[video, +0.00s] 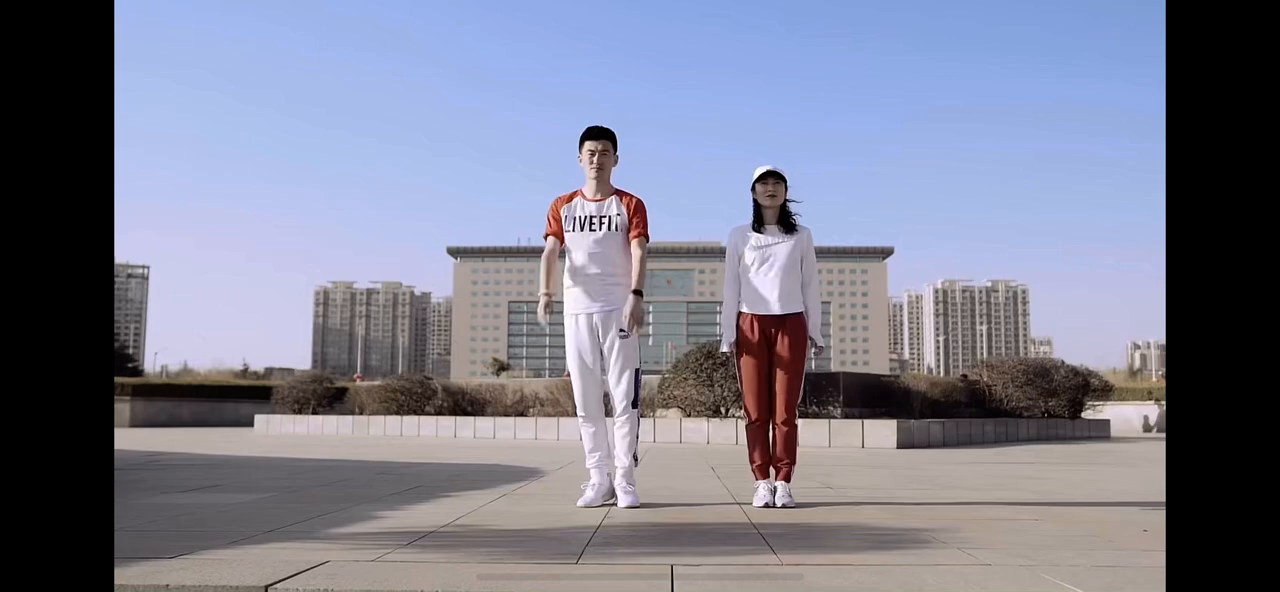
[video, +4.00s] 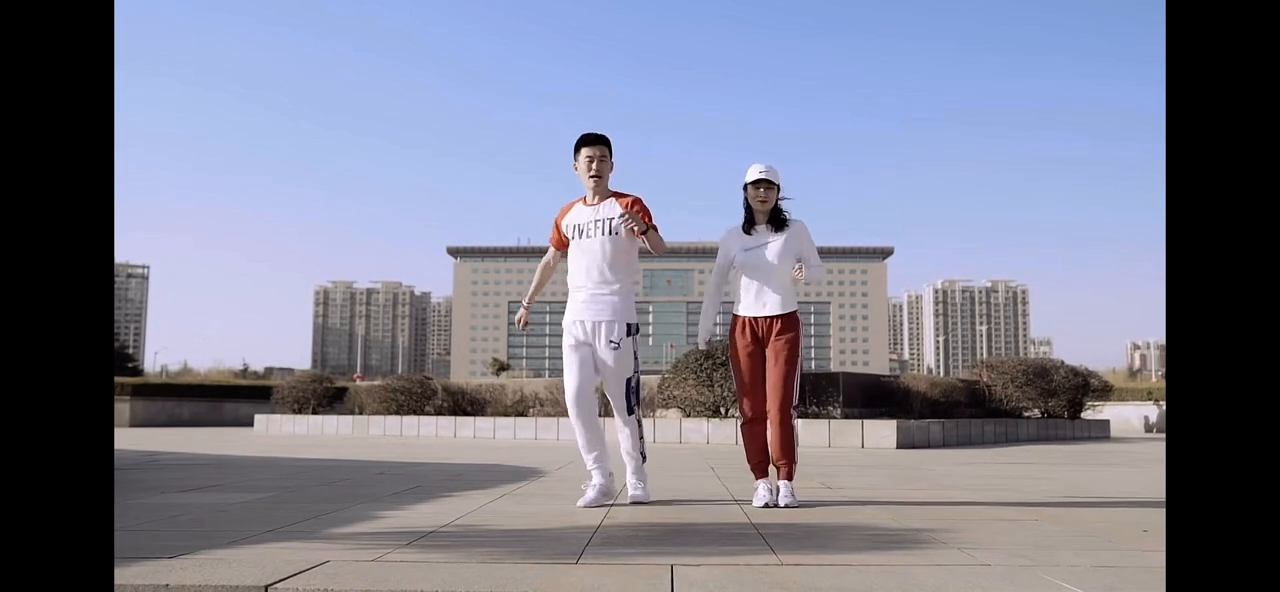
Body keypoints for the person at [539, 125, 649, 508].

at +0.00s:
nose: (597, 158)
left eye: (604, 152)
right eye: (590, 152)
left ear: (614, 159)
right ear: (580, 159)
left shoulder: (630, 204)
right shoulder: (562, 206)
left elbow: (639, 249)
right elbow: (551, 251)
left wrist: (636, 295)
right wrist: (545, 291)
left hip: (619, 310)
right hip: (578, 313)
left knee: (624, 400)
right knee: (586, 402)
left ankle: (624, 481)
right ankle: (598, 480)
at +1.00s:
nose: (599, 159)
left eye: (606, 153)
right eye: (593, 153)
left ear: (616, 160)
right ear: (581, 160)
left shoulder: (633, 206)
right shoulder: (563, 208)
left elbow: (650, 251)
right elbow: (552, 253)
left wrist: (671, 291)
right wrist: (535, 295)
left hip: (619, 313)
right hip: (578, 315)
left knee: (624, 401)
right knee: (588, 404)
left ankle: (625, 482)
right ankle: (599, 482)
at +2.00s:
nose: (599, 161)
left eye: (605, 156)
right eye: (592, 155)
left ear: (614, 166)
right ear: (579, 163)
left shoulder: (629, 212)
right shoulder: (558, 211)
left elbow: (645, 257)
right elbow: (543, 266)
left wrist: (649, 275)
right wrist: (538, 318)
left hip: (613, 317)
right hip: (571, 318)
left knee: (617, 395)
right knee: (583, 406)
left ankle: (627, 475)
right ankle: (600, 482)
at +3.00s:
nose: (601, 169)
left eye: (608, 163)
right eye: (594, 163)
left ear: (616, 169)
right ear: (582, 169)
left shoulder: (630, 214)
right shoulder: (563, 215)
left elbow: (641, 260)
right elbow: (551, 259)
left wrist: (644, 306)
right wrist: (574, 272)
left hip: (617, 313)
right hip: (576, 315)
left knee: (620, 398)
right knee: (587, 402)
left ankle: (630, 481)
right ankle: (600, 482)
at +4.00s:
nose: (595, 165)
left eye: (602, 159)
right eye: (588, 160)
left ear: (611, 165)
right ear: (577, 167)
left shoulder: (630, 206)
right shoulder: (567, 216)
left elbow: (660, 249)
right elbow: (549, 263)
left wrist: (643, 232)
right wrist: (527, 302)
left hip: (616, 316)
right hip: (576, 316)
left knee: (624, 404)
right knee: (576, 400)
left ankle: (636, 479)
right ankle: (600, 480)